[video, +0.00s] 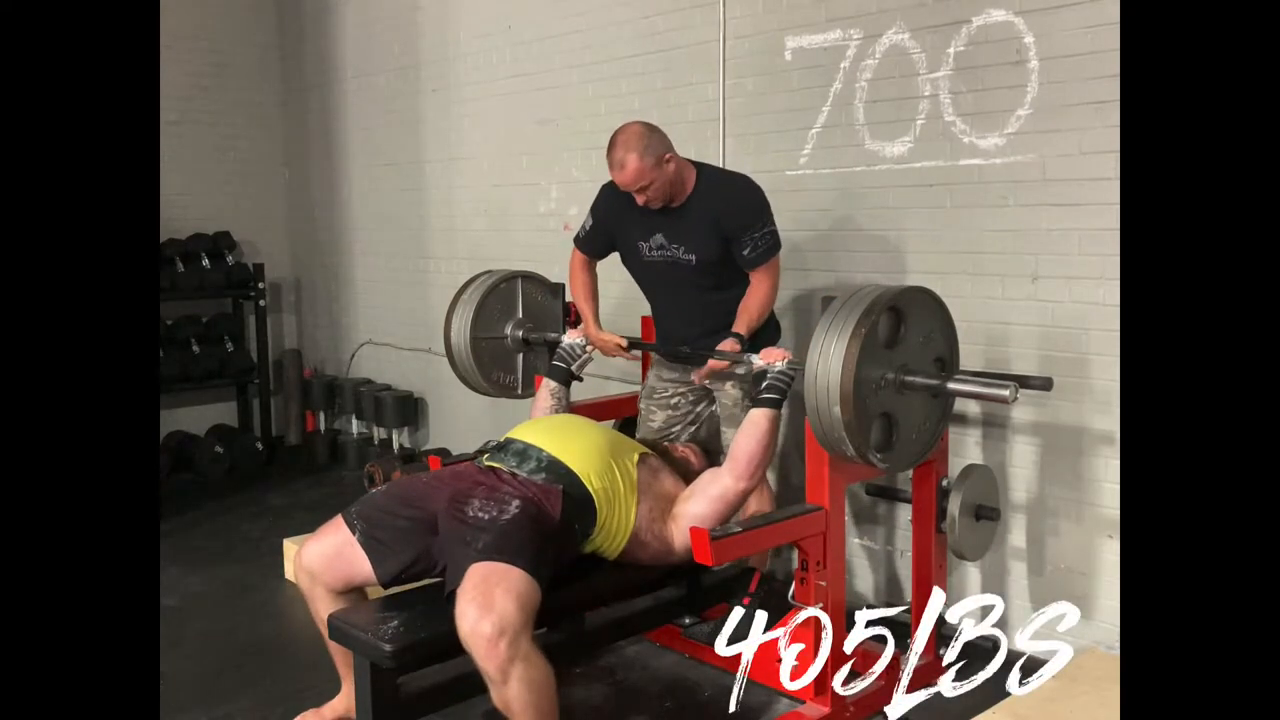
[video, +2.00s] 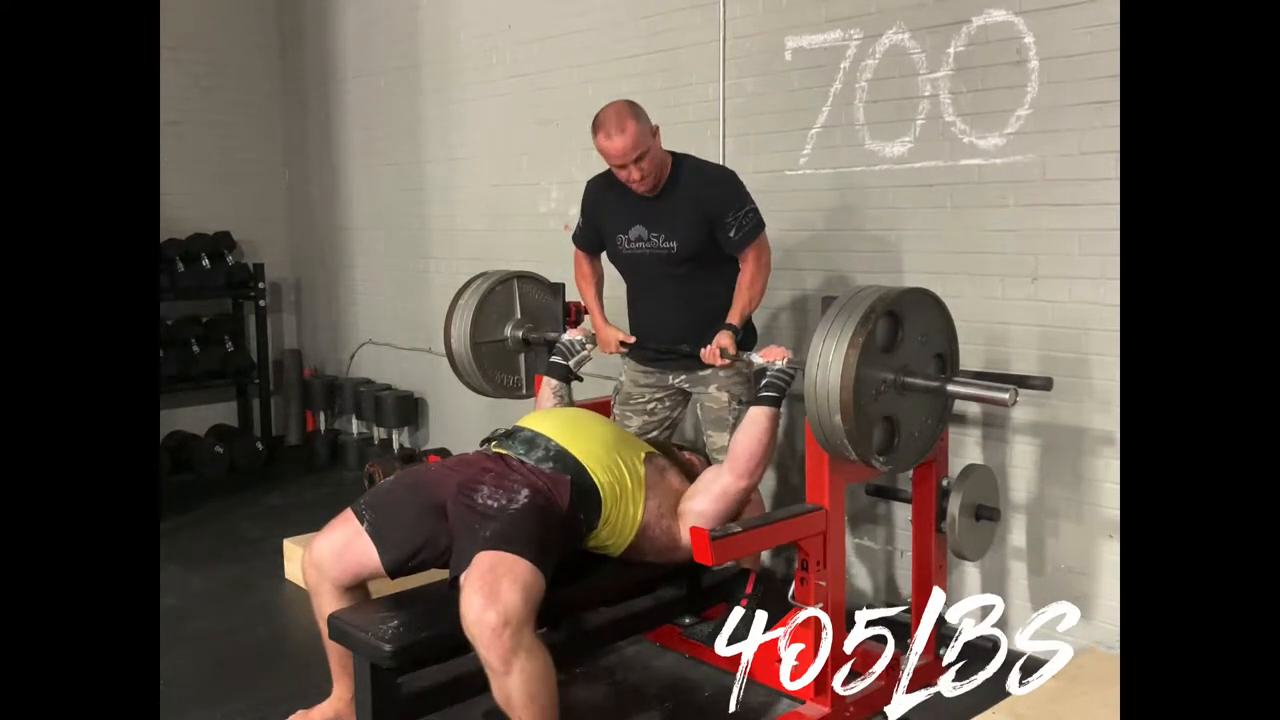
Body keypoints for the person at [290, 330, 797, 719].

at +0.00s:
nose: (684, 445)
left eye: (695, 450)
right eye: (681, 441)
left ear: (702, 475)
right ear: (659, 445)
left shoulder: (677, 513)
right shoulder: (598, 447)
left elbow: (741, 474)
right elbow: (535, 434)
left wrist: (768, 394)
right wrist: (558, 370)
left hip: (525, 499)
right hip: (455, 477)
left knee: (490, 628)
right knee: (315, 561)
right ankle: (354, 693)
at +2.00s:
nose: (688, 454)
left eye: (695, 458)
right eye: (687, 451)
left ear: (700, 481)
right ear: (666, 453)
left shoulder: (682, 513)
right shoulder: (595, 441)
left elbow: (742, 471)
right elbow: (538, 425)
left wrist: (770, 387)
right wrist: (560, 362)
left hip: (528, 488)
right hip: (460, 467)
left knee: (493, 619)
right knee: (325, 559)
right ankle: (343, 698)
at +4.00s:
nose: (682, 444)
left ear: (682, 447)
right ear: (662, 437)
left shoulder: (662, 500)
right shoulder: (571, 440)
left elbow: (697, 502)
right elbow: (496, 464)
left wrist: (712, 416)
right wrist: (497, 399)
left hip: (520, 503)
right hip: (453, 484)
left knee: (485, 629)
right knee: (307, 561)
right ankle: (343, 698)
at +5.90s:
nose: (671, 437)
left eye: (684, 438)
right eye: (669, 433)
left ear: (690, 463)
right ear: (653, 440)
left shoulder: (672, 510)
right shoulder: (585, 448)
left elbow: (724, 447)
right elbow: (552, 416)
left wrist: (756, 367)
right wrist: (544, 347)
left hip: (524, 510)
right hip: (462, 484)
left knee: (485, 629)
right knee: (306, 563)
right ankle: (341, 697)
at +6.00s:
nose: (676, 440)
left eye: (688, 443)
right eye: (672, 436)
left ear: (696, 467)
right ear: (652, 443)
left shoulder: (678, 506)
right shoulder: (589, 444)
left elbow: (734, 445)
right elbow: (564, 407)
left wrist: (771, 364)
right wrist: (557, 341)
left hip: (528, 514)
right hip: (465, 485)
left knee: (487, 627)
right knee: (308, 562)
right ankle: (341, 699)